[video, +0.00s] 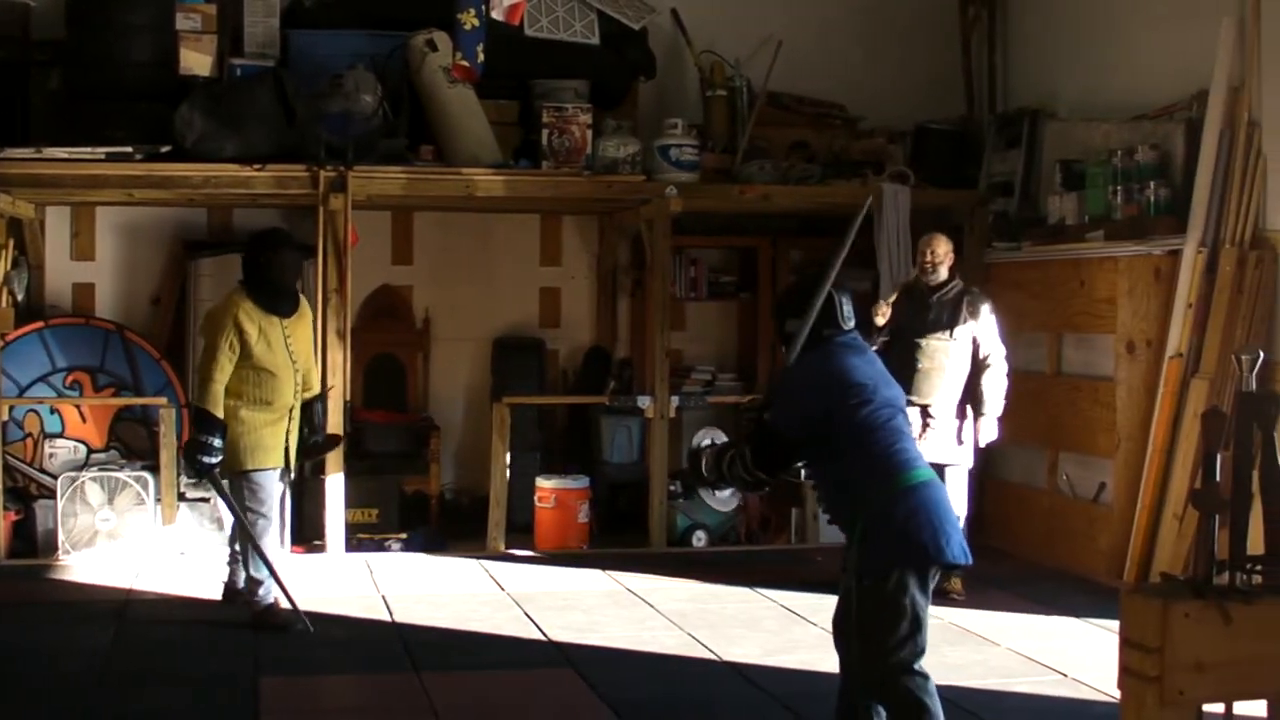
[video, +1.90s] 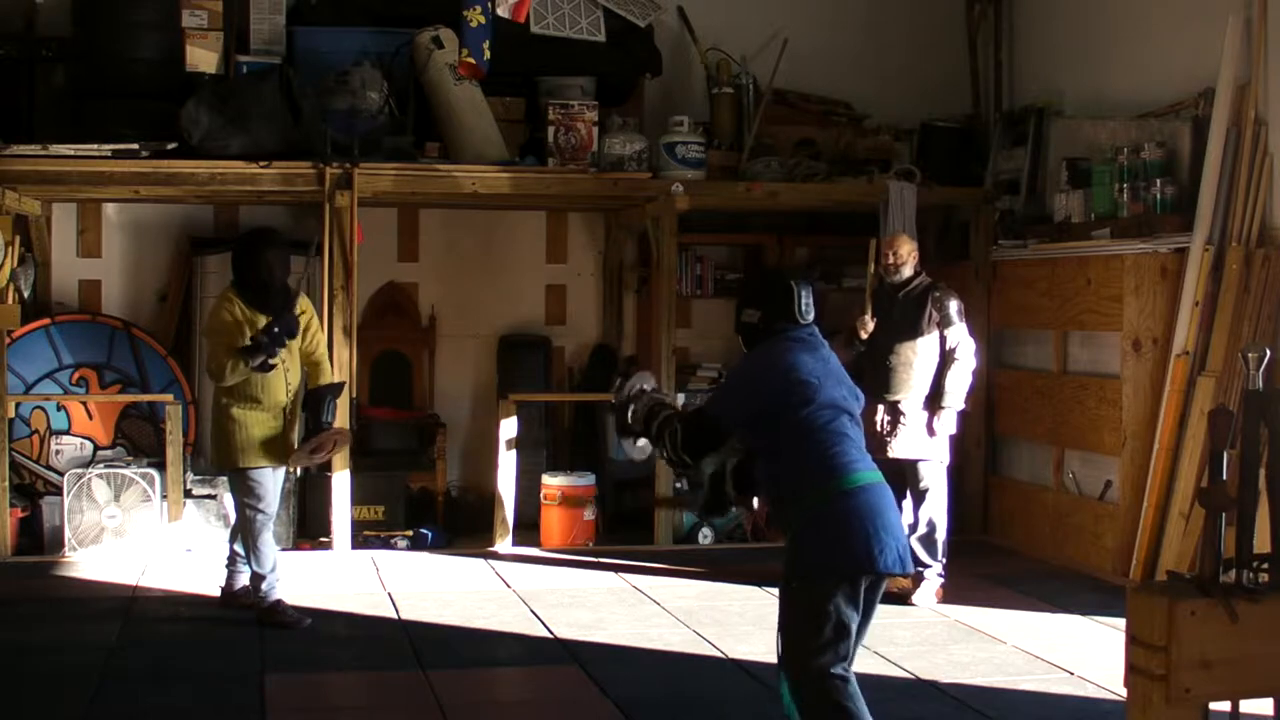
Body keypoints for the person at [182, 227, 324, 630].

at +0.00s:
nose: (296, 274)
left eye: (297, 266)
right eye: (287, 266)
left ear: (298, 268)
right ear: (263, 268)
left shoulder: (301, 310)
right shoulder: (232, 313)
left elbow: (308, 369)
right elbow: (212, 378)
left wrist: (315, 424)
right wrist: (206, 438)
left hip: (285, 429)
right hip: (248, 431)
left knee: (262, 512)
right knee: (263, 514)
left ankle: (239, 587)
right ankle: (262, 598)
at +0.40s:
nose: (287, 276)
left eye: (289, 267)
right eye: (278, 268)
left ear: (290, 268)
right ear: (254, 270)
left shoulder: (295, 310)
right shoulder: (232, 314)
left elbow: (320, 357)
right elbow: (234, 378)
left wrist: (328, 416)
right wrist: (249, 436)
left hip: (274, 427)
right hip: (238, 426)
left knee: (249, 505)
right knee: (252, 507)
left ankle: (224, 583)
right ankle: (257, 597)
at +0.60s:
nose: (298, 277)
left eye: (301, 269)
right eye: (290, 269)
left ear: (302, 270)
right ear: (265, 271)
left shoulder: (304, 304)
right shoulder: (242, 312)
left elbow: (343, 331)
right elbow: (255, 358)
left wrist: (362, 371)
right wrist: (282, 388)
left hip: (282, 421)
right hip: (248, 424)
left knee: (259, 506)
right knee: (262, 509)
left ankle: (237, 584)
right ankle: (269, 595)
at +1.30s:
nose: (295, 275)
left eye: (296, 266)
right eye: (285, 267)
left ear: (297, 267)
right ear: (258, 270)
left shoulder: (306, 312)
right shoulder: (231, 316)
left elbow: (324, 359)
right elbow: (218, 379)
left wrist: (319, 398)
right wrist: (255, 377)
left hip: (288, 425)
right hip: (248, 425)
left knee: (261, 504)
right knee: (264, 506)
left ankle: (237, 582)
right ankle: (268, 594)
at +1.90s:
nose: (282, 273)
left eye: (285, 264)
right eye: (273, 265)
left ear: (287, 265)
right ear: (250, 268)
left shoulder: (298, 306)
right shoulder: (227, 310)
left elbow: (318, 362)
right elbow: (221, 371)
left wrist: (321, 418)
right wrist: (265, 343)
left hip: (283, 425)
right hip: (244, 426)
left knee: (261, 506)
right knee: (261, 506)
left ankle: (237, 582)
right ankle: (268, 595)